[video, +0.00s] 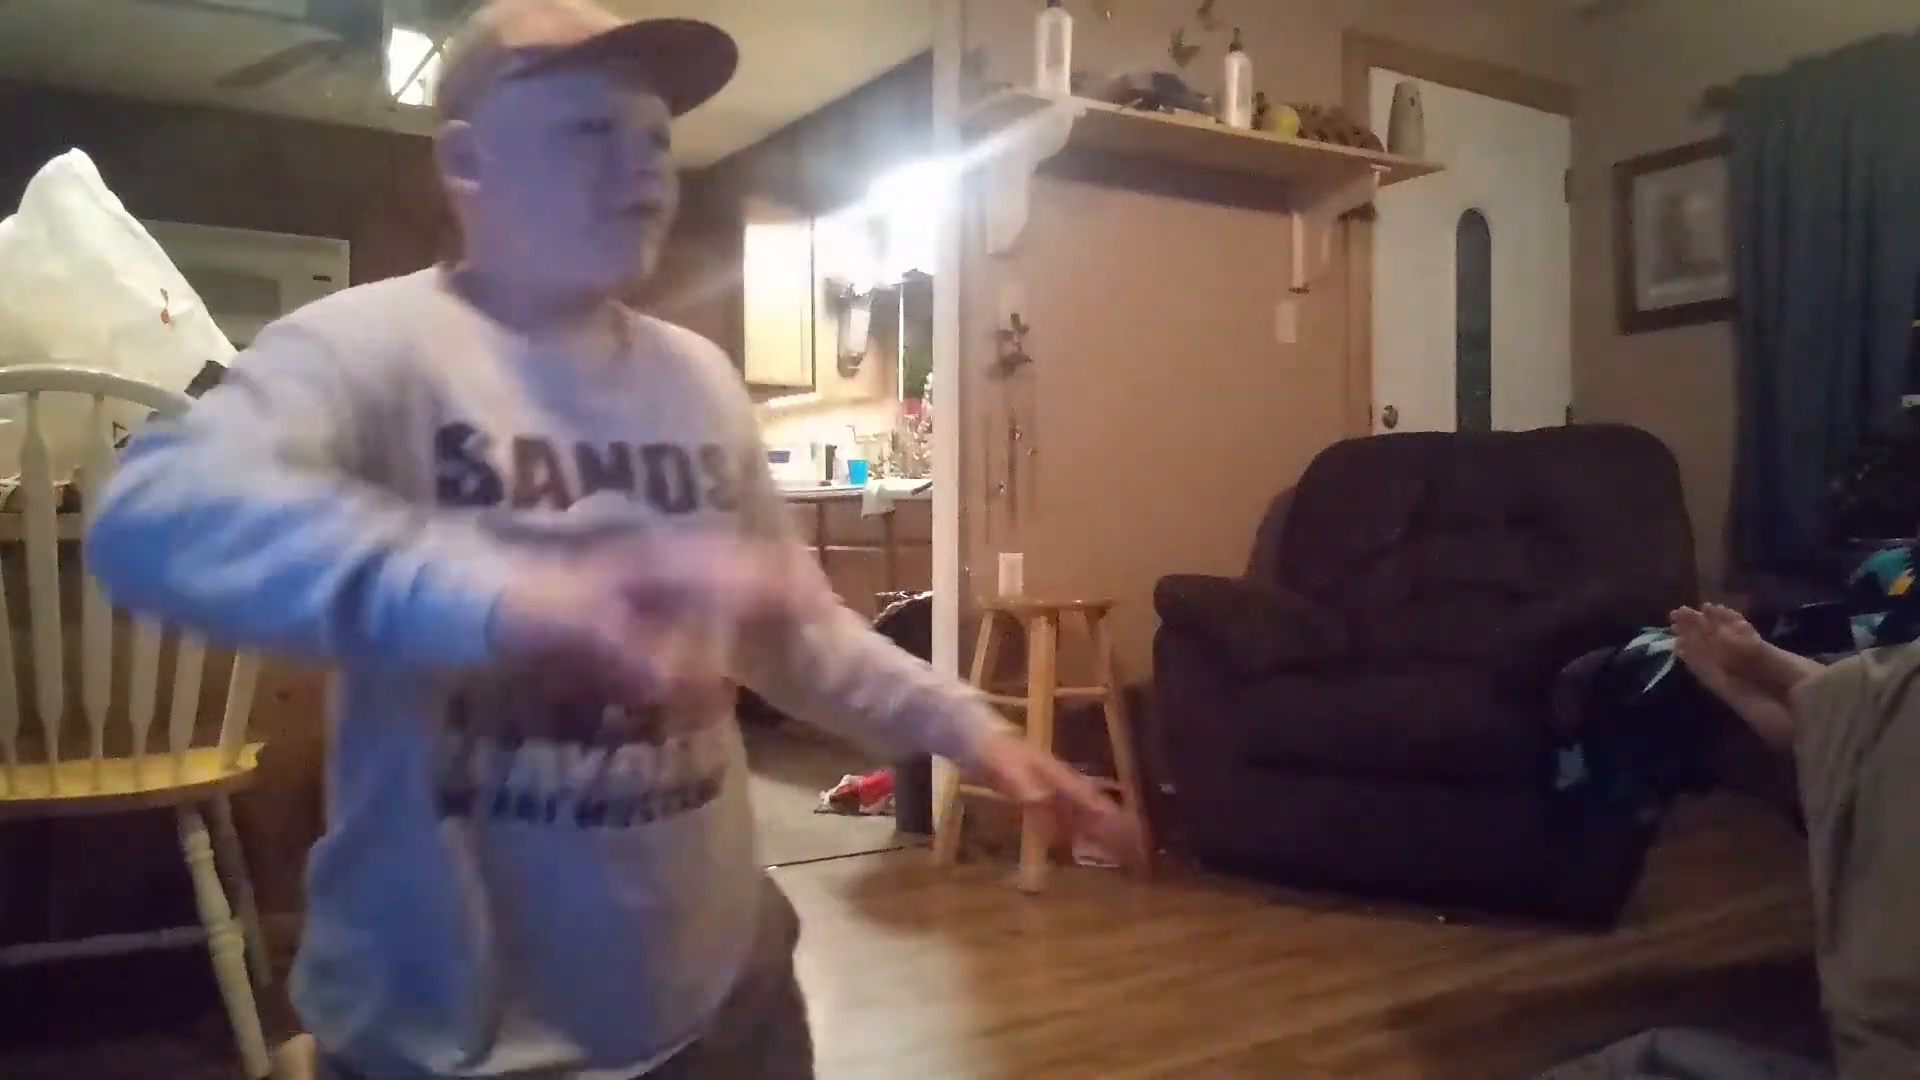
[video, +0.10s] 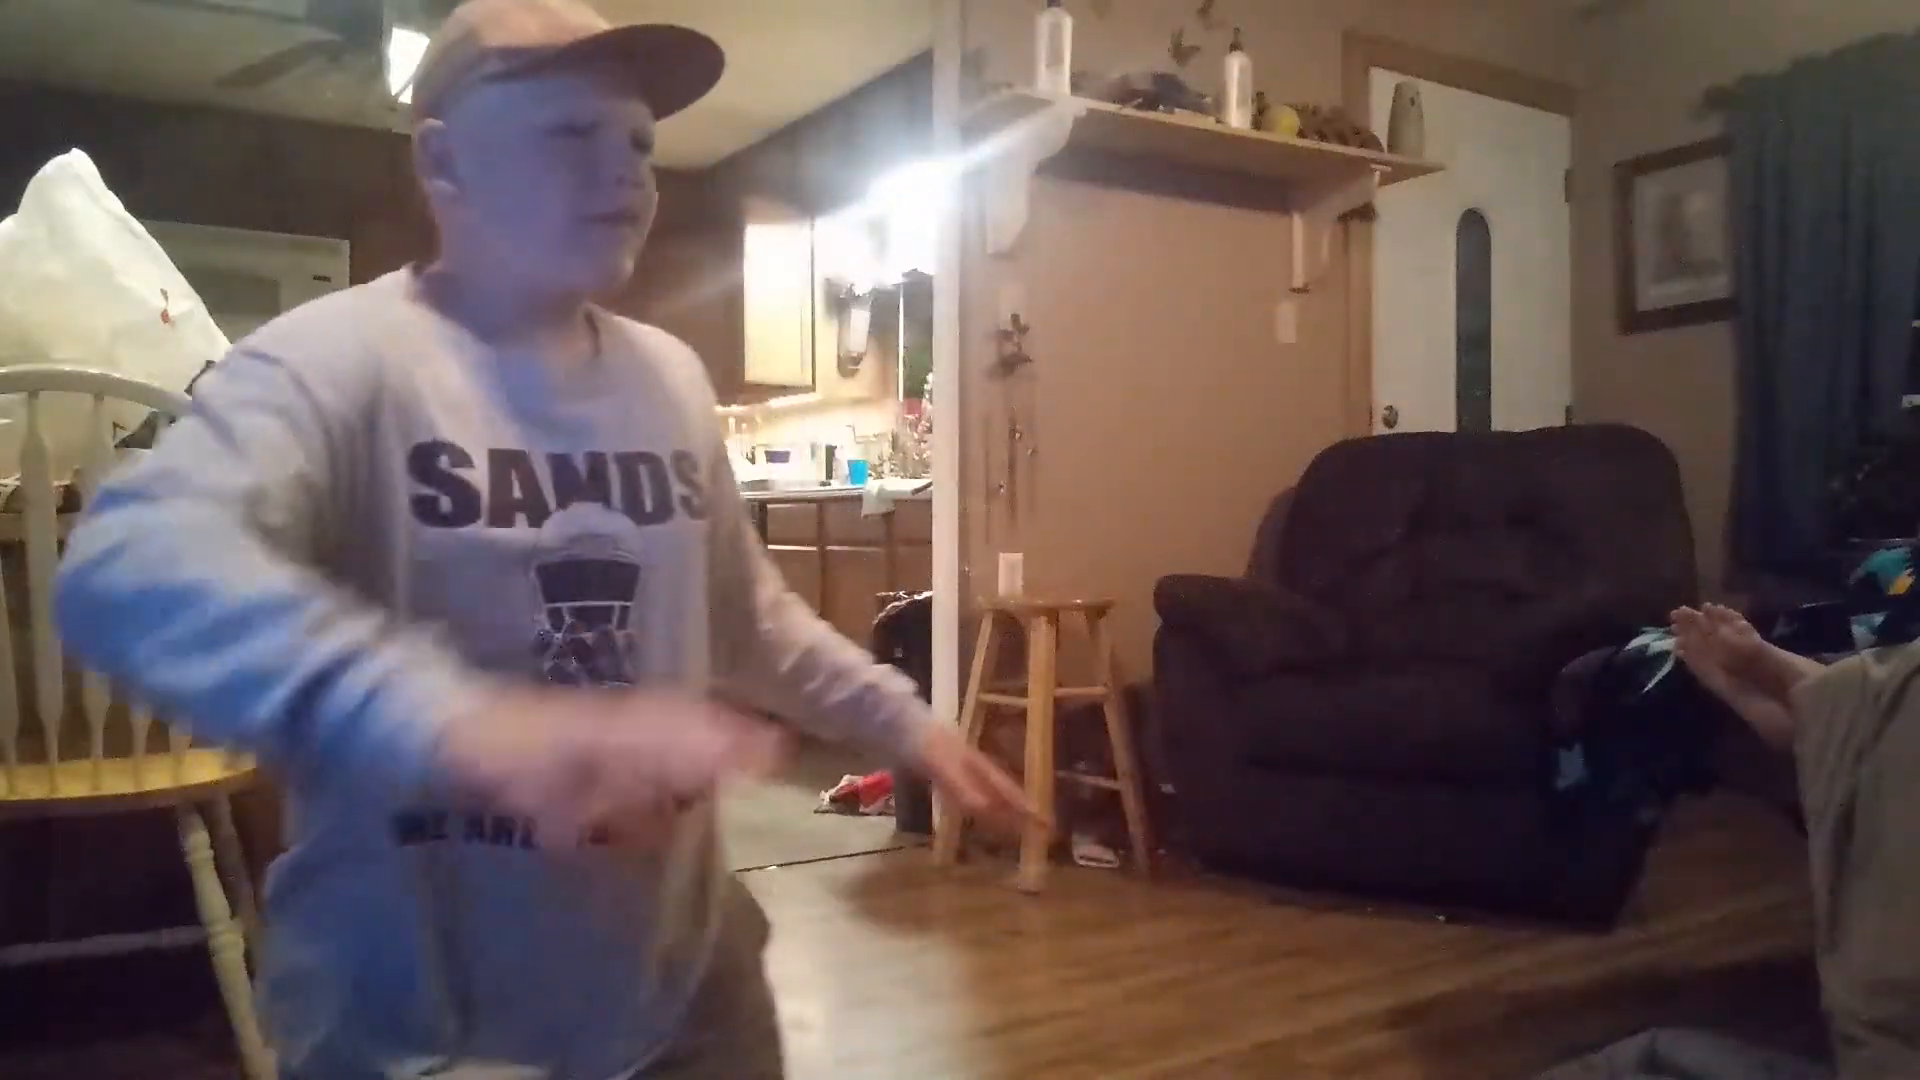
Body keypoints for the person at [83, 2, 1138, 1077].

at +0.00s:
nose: (646, 167)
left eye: (658, 137)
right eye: (591, 132)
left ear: (675, 163)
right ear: (467, 161)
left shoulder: (699, 378)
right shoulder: (369, 344)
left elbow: (781, 620)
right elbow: (155, 511)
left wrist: (960, 725)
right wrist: (508, 600)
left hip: (720, 989)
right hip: (459, 1017)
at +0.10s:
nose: (626, 173)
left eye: (637, 142)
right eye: (570, 134)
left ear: (652, 166)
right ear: (443, 169)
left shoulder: (669, 378)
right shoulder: (331, 360)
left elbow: (746, 615)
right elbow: (132, 560)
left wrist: (915, 731)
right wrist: (464, 725)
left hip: (681, 997)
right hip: (427, 1025)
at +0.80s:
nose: (695, 192)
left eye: (723, 168)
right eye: (644, 163)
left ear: (752, 205)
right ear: (555, 195)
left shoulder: (735, 413)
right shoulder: (495, 337)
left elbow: (779, 681)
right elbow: (296, 561)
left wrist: (942, 790)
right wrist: (327, 777)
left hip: (692, 986)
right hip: (475, 994)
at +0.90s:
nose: (707, 187)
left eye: (735, 162)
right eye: (660, 157)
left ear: (763, 194)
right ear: (570, 184)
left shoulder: (746, 407)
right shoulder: (499, 339)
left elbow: (786, 675)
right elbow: (356, 604)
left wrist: (926, 810)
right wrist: (416, 814)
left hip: (707, 972)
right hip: (505, 976)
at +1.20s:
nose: (718, 181)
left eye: (737, 150)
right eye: (666, 147)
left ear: (759, 177)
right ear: (562, 176)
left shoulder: (734, 384)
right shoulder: (474, 360)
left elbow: (714, 671)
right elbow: (413, 696)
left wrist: (737, 924)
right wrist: (583, 946)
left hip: (721, 976)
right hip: (507, 1001)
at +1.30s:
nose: (707, 175)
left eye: (725, 147)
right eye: (655, 139)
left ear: (745, 178)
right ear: (548, 169)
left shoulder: (714, 378)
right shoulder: (468, 355)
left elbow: (710, 662)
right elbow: (419, 705)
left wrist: (736, 932)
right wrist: (588, 977)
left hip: (715, 976)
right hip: (510, 1005)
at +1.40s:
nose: (694, 168)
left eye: (709, 140)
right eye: (641, 133)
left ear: (728, 166)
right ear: (533, 162)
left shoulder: (698, 372)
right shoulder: (459, 345)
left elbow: (705, 660)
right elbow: (412, 702)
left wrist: (730, 930)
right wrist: (559, 993)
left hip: (709, 983)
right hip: (506, 1011)